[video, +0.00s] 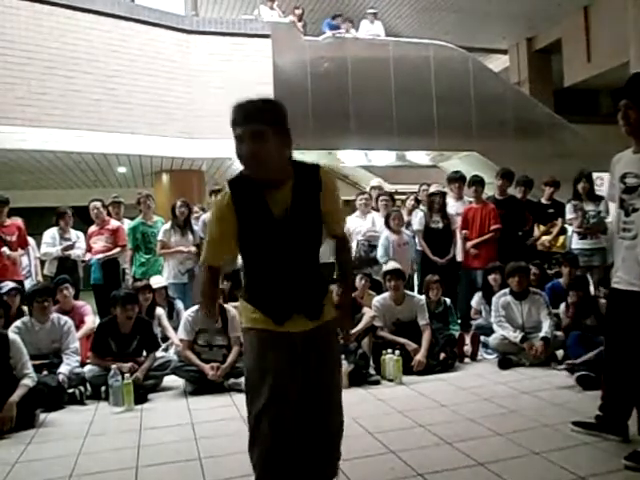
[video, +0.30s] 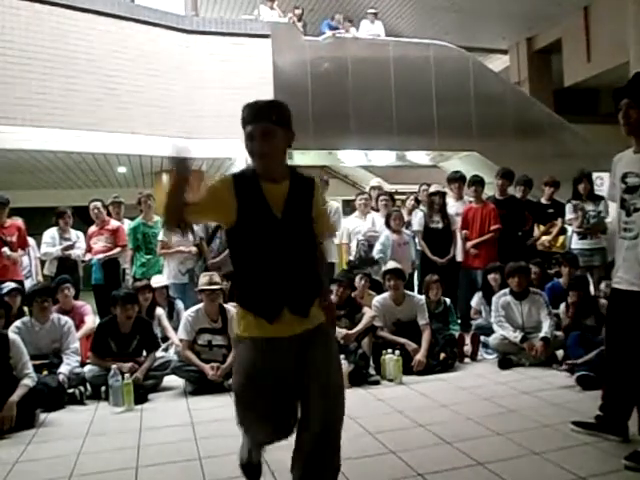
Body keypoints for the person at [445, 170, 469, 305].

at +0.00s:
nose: (457, 187)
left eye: (460, 184)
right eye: (454, 184)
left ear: (464, 186)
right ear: (449, 186)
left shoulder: (470, 204)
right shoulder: (443, 203)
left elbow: (474, 223)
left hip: (465, 253)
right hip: (446, 252)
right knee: (447, 288)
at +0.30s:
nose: (456, 187)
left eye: (459, 184)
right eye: (453, 184)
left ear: (464, 185)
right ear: (449, 186)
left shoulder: (470, 204)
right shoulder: (443, 203)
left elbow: (474, 223)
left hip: (465, 254)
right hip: (447, 252)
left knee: (463, 290)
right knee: (447, 289)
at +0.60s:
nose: (456, 187)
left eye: (459, 184)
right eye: (453, 184)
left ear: (464, 185)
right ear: (449, 186)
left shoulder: (470, 204)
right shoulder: (443, 204)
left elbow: (474, 224)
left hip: (465, 254)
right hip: (448, 254)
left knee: (464, 290)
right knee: (448, 289)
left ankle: (464, 319)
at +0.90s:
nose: (457, 188)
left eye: (460, 184)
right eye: (454, 185)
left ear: (464, 186)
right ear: (449, 187)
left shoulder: (470, 204)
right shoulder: (445, 206)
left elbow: (474, 224)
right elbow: (442, 227)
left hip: (467, 254)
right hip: (449, 254)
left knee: (465, 291)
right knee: (449, 290)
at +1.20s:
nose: (458, 187)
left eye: (461, 184)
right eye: (454, 184)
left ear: (465, 185)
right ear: (450, 186)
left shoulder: (471, 204)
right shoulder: (445, 205)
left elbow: (475, 224)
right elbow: (441, 228)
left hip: (466, 255)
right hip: (449, 255)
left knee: (463, 292)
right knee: (447, 291)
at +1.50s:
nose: (459, 187)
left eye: (462, 184)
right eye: (455, 184)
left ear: (466, 185)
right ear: (451, 186)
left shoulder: (471, 204)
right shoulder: (447, 205)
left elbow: (476, 223)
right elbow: (442, 227)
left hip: (467, 256)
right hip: (450, 255)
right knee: (448, 291)